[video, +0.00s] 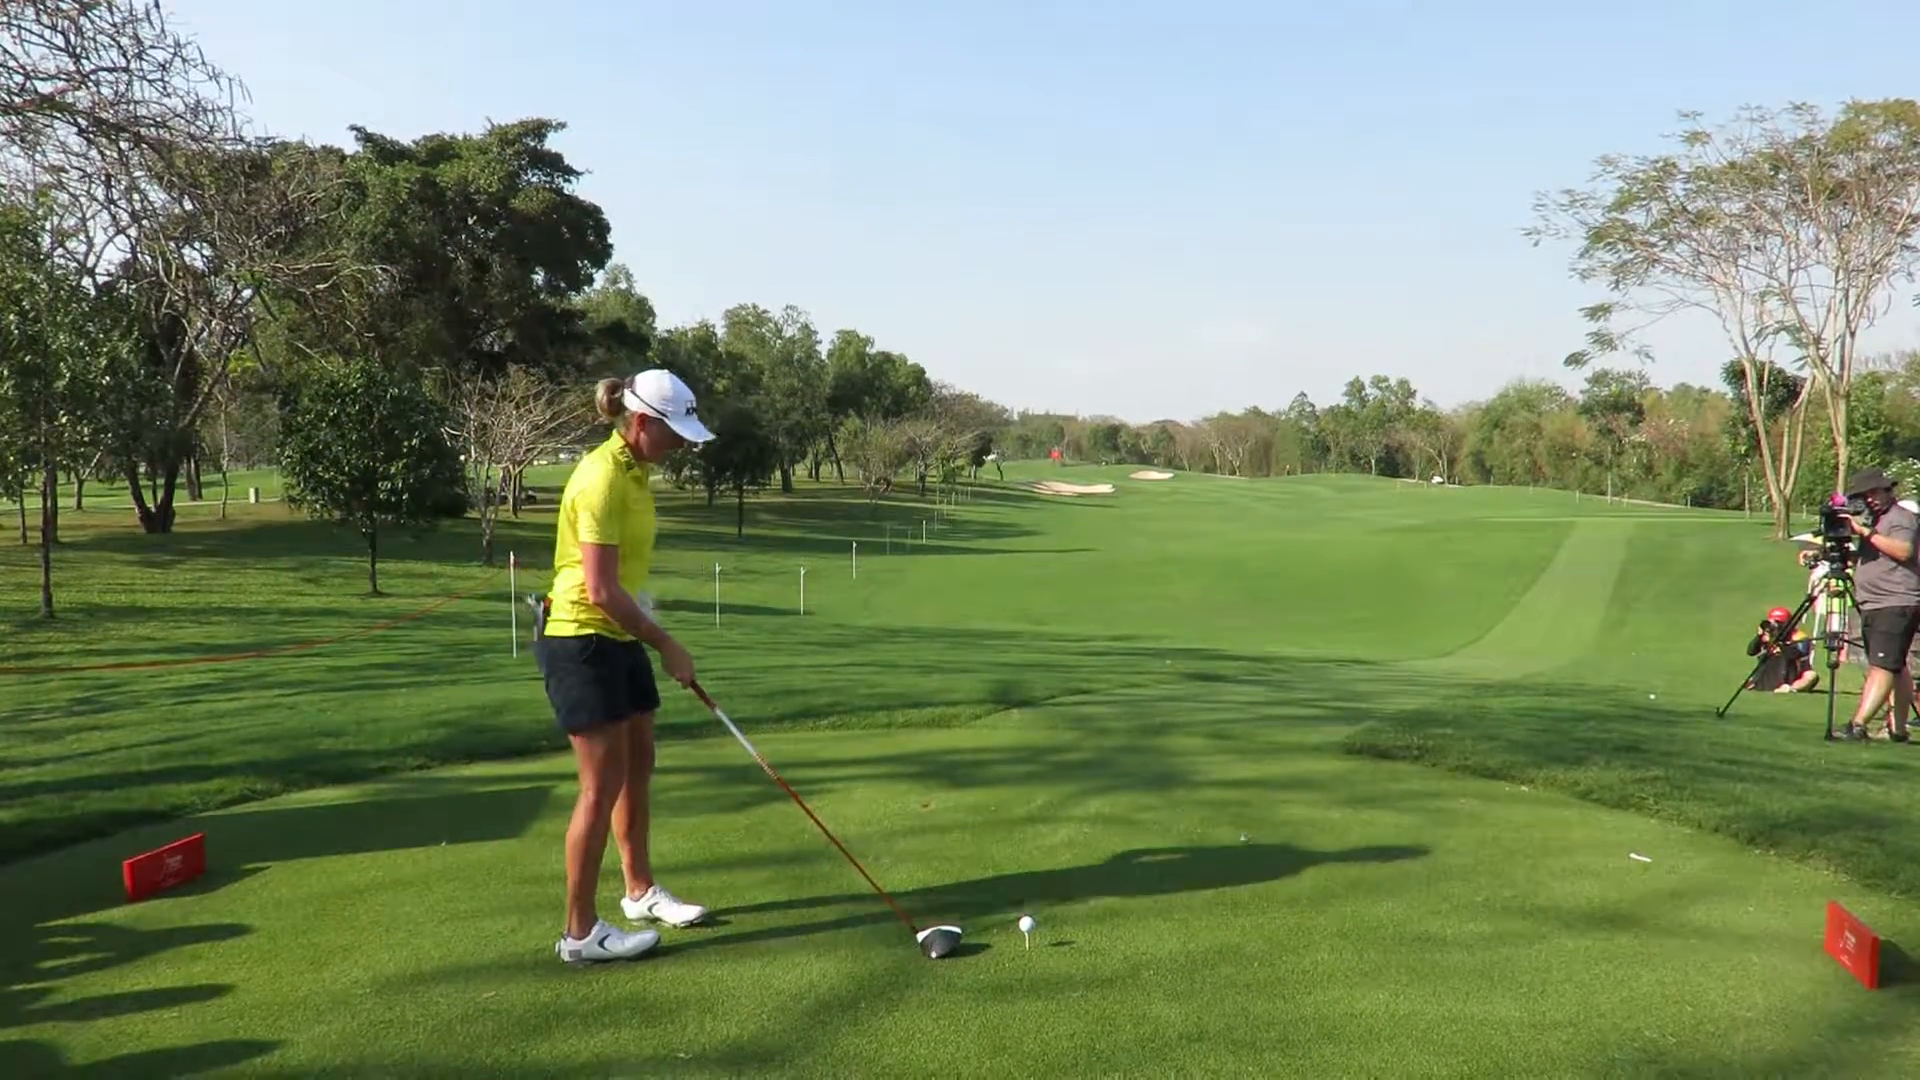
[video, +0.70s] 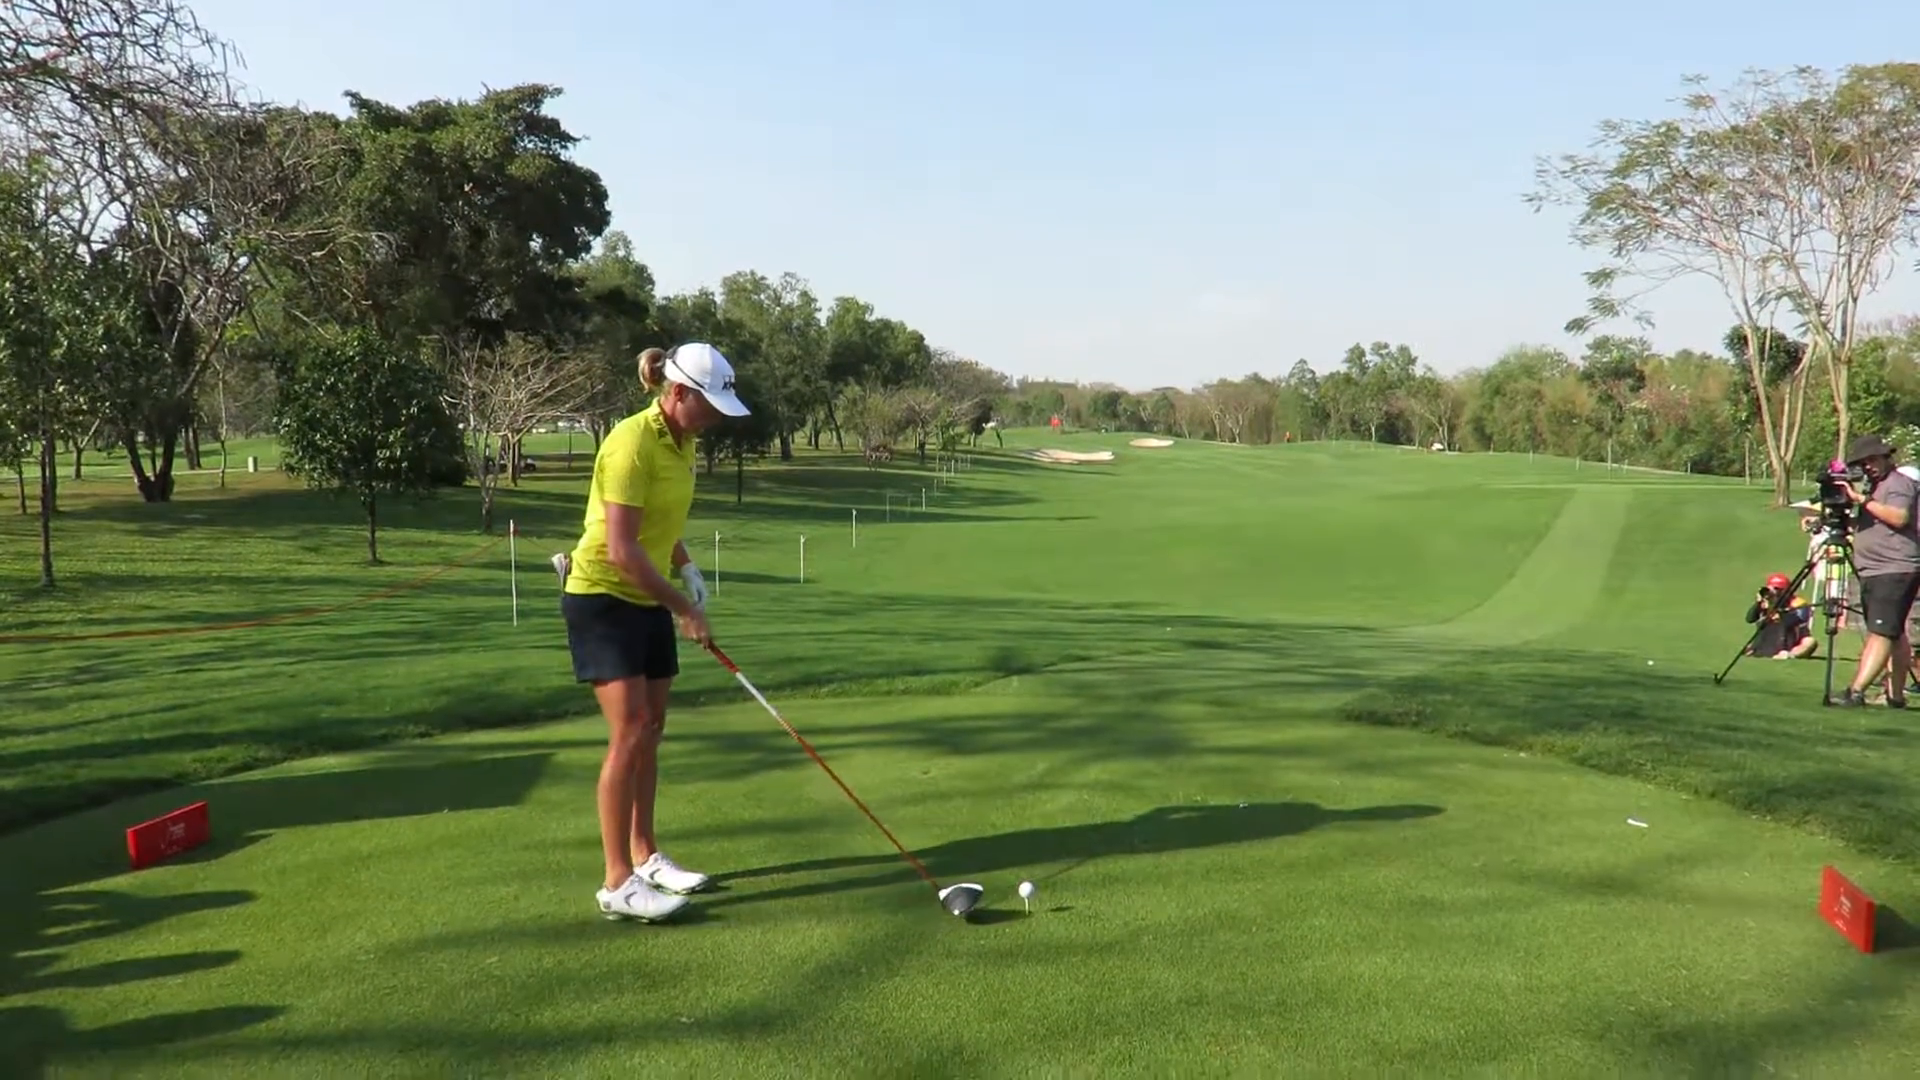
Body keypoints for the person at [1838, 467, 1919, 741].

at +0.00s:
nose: (1868, 502)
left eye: (1872, 495)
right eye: (1864, 497)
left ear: (1886, 492)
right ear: (1864, 499)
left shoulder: (1902, 517)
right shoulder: (1874, 521)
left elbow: (1904, 551)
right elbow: (1864, 558)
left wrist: (1865, 532)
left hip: (1897, 602)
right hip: (1873, 603)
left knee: (1883, 664)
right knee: (1893, 667)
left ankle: (1858, 724)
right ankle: (1898, 727)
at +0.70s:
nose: (1867, 469)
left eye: (1871, 462)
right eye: (1863, 464)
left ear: (1886, 459)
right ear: (1862, 465)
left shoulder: (1899, 483)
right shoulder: (1876, 488)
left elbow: (1899, 517)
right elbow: (1867, 524)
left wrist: (1862, 501)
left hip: (1896, 569)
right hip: (1874, 570)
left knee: (1881, 631)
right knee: (1893, 634)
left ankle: (1855, 691)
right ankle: (1896, 695)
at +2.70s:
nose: (1862, 448)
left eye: (1865, 441)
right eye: (1858, 444)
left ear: (1880, 437)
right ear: (1859, 445)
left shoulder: (1894, 461)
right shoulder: (1876, 465)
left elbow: (1887, 497)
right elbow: (1865, 497)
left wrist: (1848, 483)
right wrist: (1841, 481)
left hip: (1896, 544)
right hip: (1878, 545)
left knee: (1867, 599)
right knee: (1893, 611)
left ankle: (1874, 666)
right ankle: (1896, 673)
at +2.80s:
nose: (1862, 449)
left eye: (1865, 441)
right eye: (1858, 444)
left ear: (1879, 437)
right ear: (1860, 444)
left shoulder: (1895, 460)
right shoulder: (1878, 464)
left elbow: (1886, 496)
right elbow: (1863, 503)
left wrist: (1847, 483)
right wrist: (1841, 485)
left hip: (1896, 545)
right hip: (1881, 545)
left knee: (1874, 604)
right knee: (1889, 609)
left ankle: (1890, 666)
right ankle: (1894, 665)